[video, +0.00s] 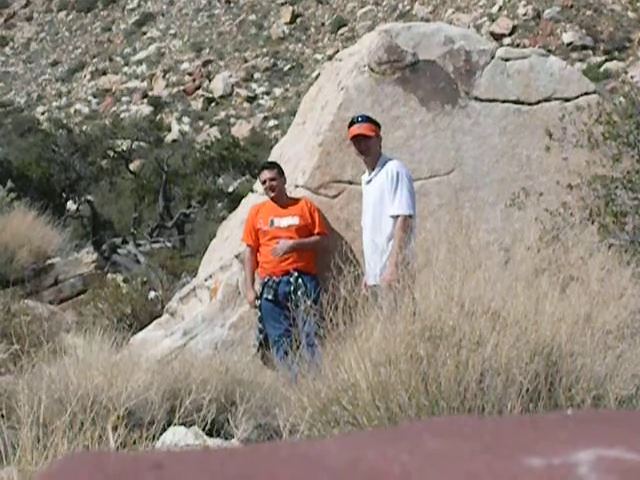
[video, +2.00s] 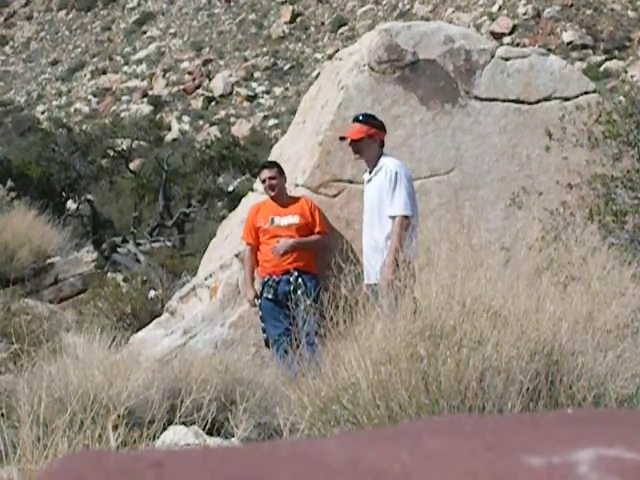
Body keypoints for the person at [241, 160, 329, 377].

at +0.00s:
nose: (269, 185)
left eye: (273, 179)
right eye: (264, 182)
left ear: (283, 179)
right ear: (261, 186)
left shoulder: (305, 206)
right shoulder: (257, 212)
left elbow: (323, 238)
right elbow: (250, 250)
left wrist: (293, 244)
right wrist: (249, 286)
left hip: (303, 279)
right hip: (271, 282)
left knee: (311, 334)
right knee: (279, 341)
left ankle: (316, 381)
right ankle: (292, 386)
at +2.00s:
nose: (269, 183)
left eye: (273, 178)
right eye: (264, 181)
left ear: (283, 178)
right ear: (261, 185)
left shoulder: (305, 205)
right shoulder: (257, 212)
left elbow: (325, 236)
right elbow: (250, 249)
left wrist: (294, 244)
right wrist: (248, 285)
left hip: (303, 277)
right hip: (271, 280)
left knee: (310, 335)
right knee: (279, 339)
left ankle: (316, 382)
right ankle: (291, 386)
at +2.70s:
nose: (268, 184)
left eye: (272, 179)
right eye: (263, 181)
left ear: (283, 179)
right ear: (261, 185)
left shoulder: (305, 205)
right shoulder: (256, 212)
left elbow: (324, 236)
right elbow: (250, 248)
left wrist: (295, 243)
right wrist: (240, 277)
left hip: (303, 277)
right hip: (271, 280)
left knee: (310, 333)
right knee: (278, 338)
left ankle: (315, 378)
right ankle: (289, 382)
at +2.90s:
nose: (268, 185)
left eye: (271, 180)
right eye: (263, 182)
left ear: (282, 179)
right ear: (260, 186)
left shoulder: (304, 204)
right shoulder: (257, 211)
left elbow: (322, 236)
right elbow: (240, 243)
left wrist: (294, 243)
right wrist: (212, 253)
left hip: (302, 277)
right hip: (271, 281)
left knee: (310, 333)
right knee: (278, 340)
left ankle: (316, 379)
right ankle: (290, 385)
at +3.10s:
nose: (267, 185)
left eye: (271, 180)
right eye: (262, 182)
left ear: (282, 180)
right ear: (260, 186)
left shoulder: (304, 205)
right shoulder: (256, 210)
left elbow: (324, 237)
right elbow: (231, 235)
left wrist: (293, 243)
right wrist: (201, 235)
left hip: (303, 277)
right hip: (271, 281)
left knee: (310, 334)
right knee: (278, 340)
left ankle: (316, 380)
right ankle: (292, 385)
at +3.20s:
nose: (268, 185)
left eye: (272, 180)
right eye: (263, 182)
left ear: (282, 180)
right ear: (260, 186)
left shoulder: (304, 205)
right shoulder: (256, 210)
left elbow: (323, 237)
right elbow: (232, 235)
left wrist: (293, 243)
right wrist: (200, 234)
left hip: (302, 277)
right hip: (271, 281)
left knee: (309, 333)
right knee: (278, 339)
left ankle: (316, 380)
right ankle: (292, 385)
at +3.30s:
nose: (267, 185)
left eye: (271, 180)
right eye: (263, 182)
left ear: (282, 180)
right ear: (260, 186)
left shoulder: (304, 205)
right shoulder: (257, 210)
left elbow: (323, 237)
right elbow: (232, 236)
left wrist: (293, 243)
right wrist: (202, 234)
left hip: (302, 277)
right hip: (271, 281)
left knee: (310, 334)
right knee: (279, 339)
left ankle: (316, 381)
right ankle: (292, 386)